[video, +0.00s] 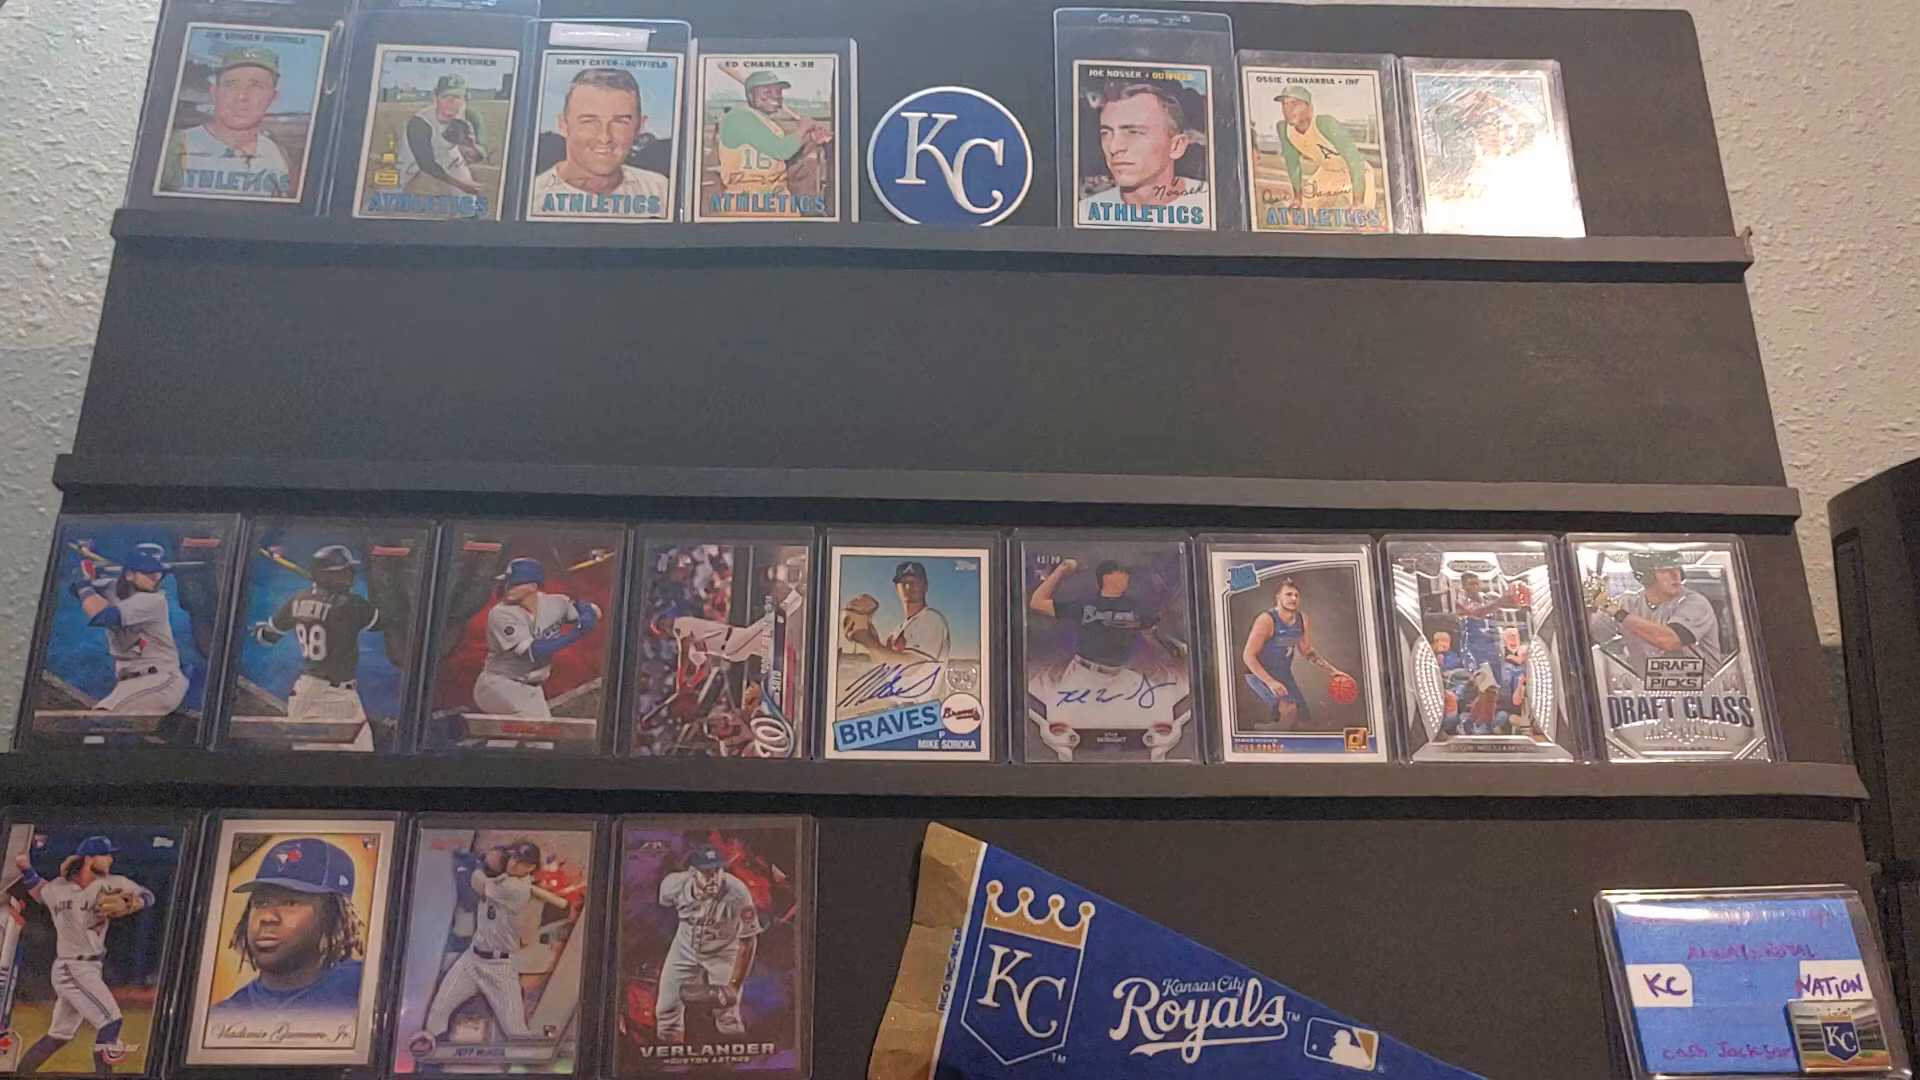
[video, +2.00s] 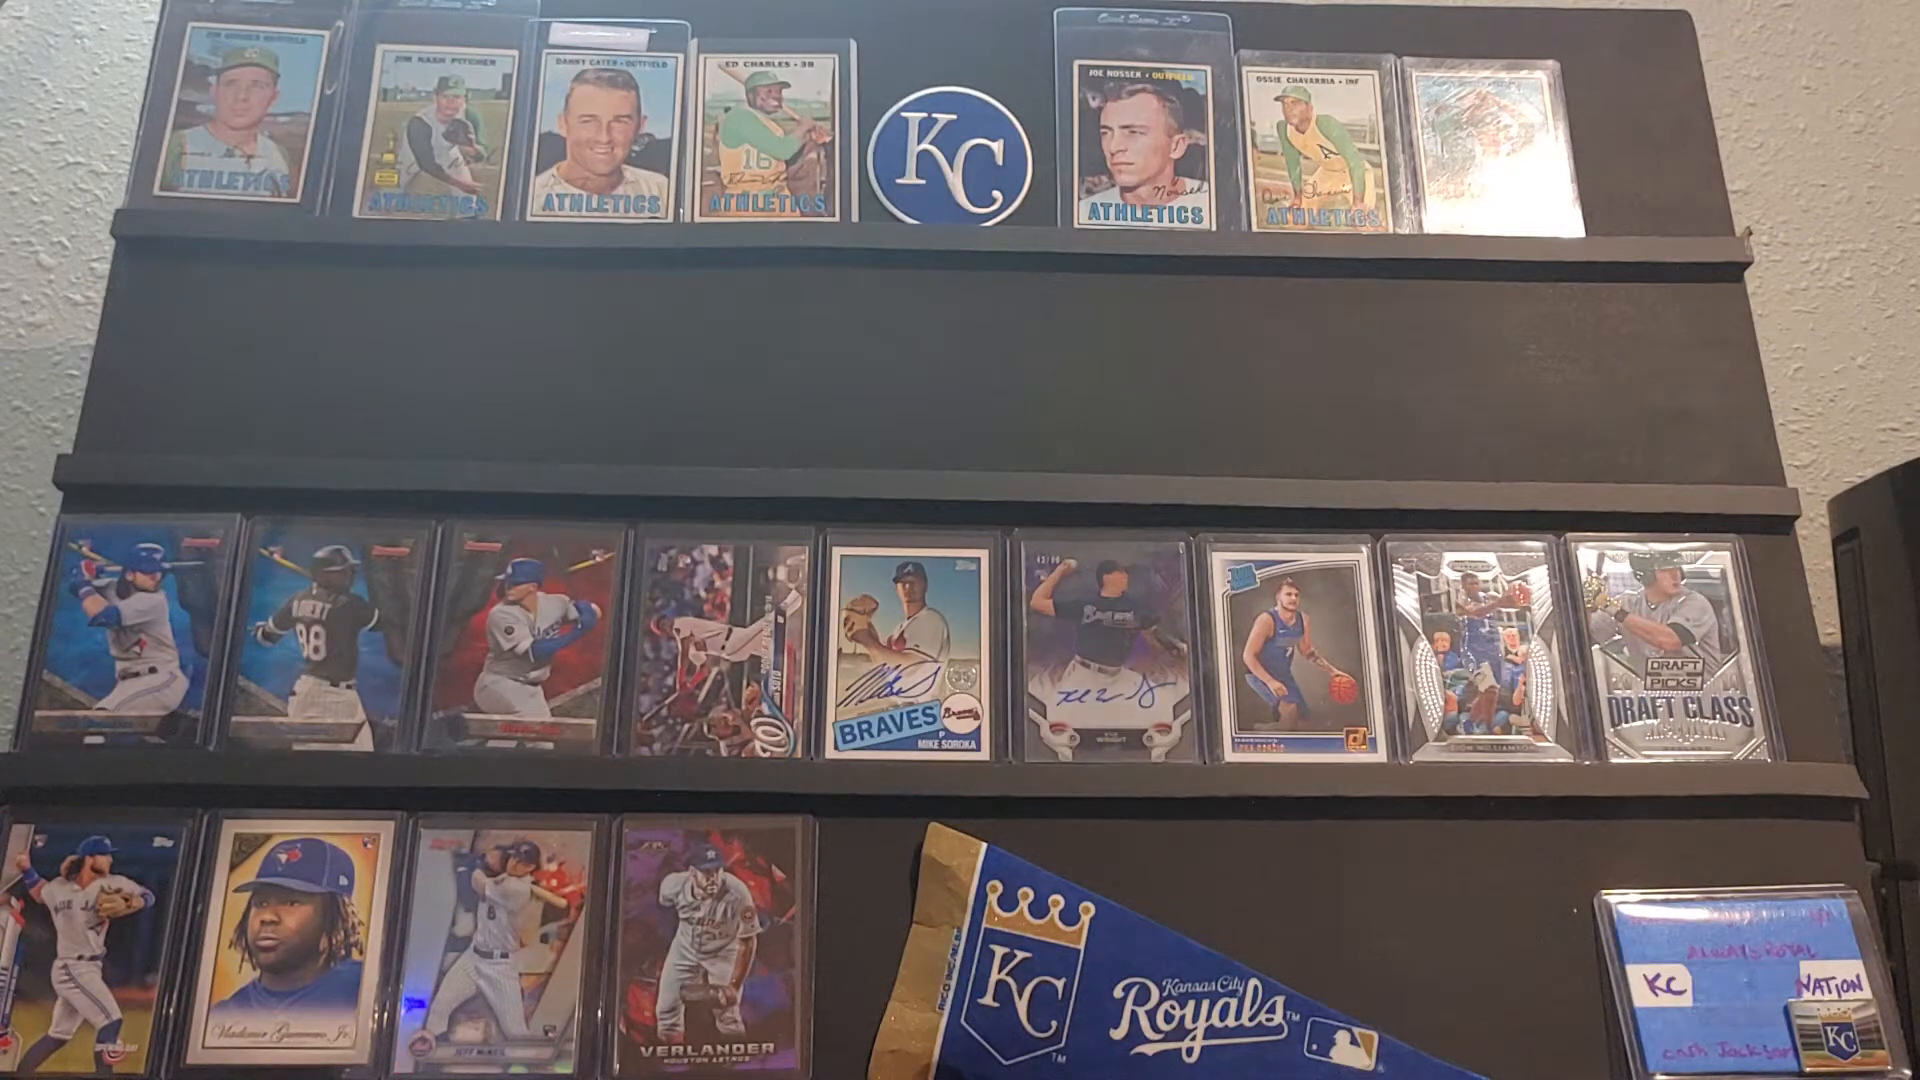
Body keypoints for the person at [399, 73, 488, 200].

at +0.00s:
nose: (451, 103)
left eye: (457, 98)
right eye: (446, 97)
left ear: (464, 100)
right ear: (436, 98)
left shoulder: (470, 116)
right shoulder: (419, 122)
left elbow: (482, 149)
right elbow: (427, 166)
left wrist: (471, 152)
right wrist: (462, 186)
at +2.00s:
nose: (451, 102)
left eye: (457, 97)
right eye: (445, 96)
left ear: (464, 100)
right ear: (436, 97)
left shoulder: (468, 116)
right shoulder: (419, 123)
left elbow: (481, 153)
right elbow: (428, 166)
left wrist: (470, 150)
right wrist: (462, 185)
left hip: (454, 164)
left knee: (469, 192)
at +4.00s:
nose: (451, 101)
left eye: (456, 97)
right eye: (445, 96)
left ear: (464, 100)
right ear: (436, 98)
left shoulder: (468, 116)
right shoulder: (419, 123)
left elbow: (480, 154)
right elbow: (427, 166)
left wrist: (469, 150)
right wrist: (462, 186)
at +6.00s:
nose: (451, 102)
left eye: (456, 97)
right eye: (445, 96)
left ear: (464, 101)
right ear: (436, 98)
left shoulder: (470, 117)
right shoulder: (419, 123)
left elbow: (481, 153)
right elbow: (427, 165)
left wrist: (467, 148)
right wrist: (461, 185)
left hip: (455, 166)